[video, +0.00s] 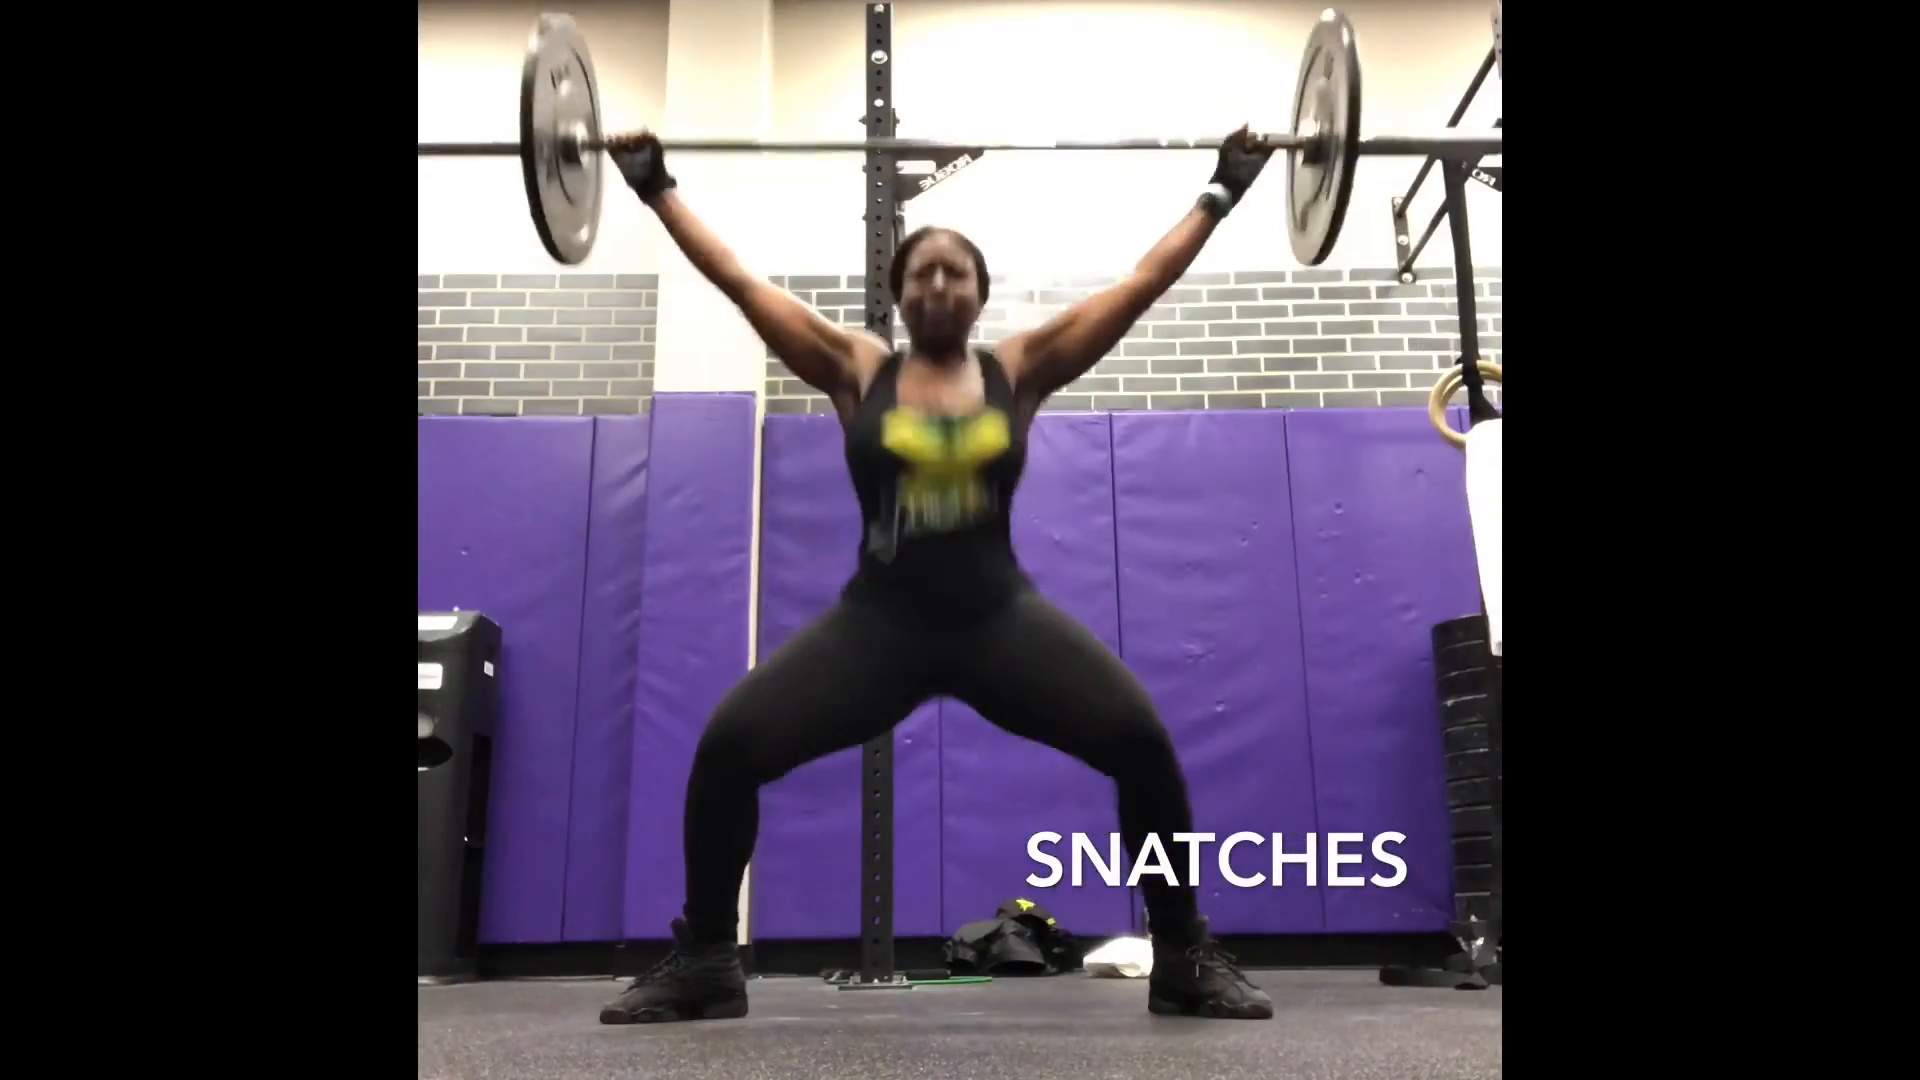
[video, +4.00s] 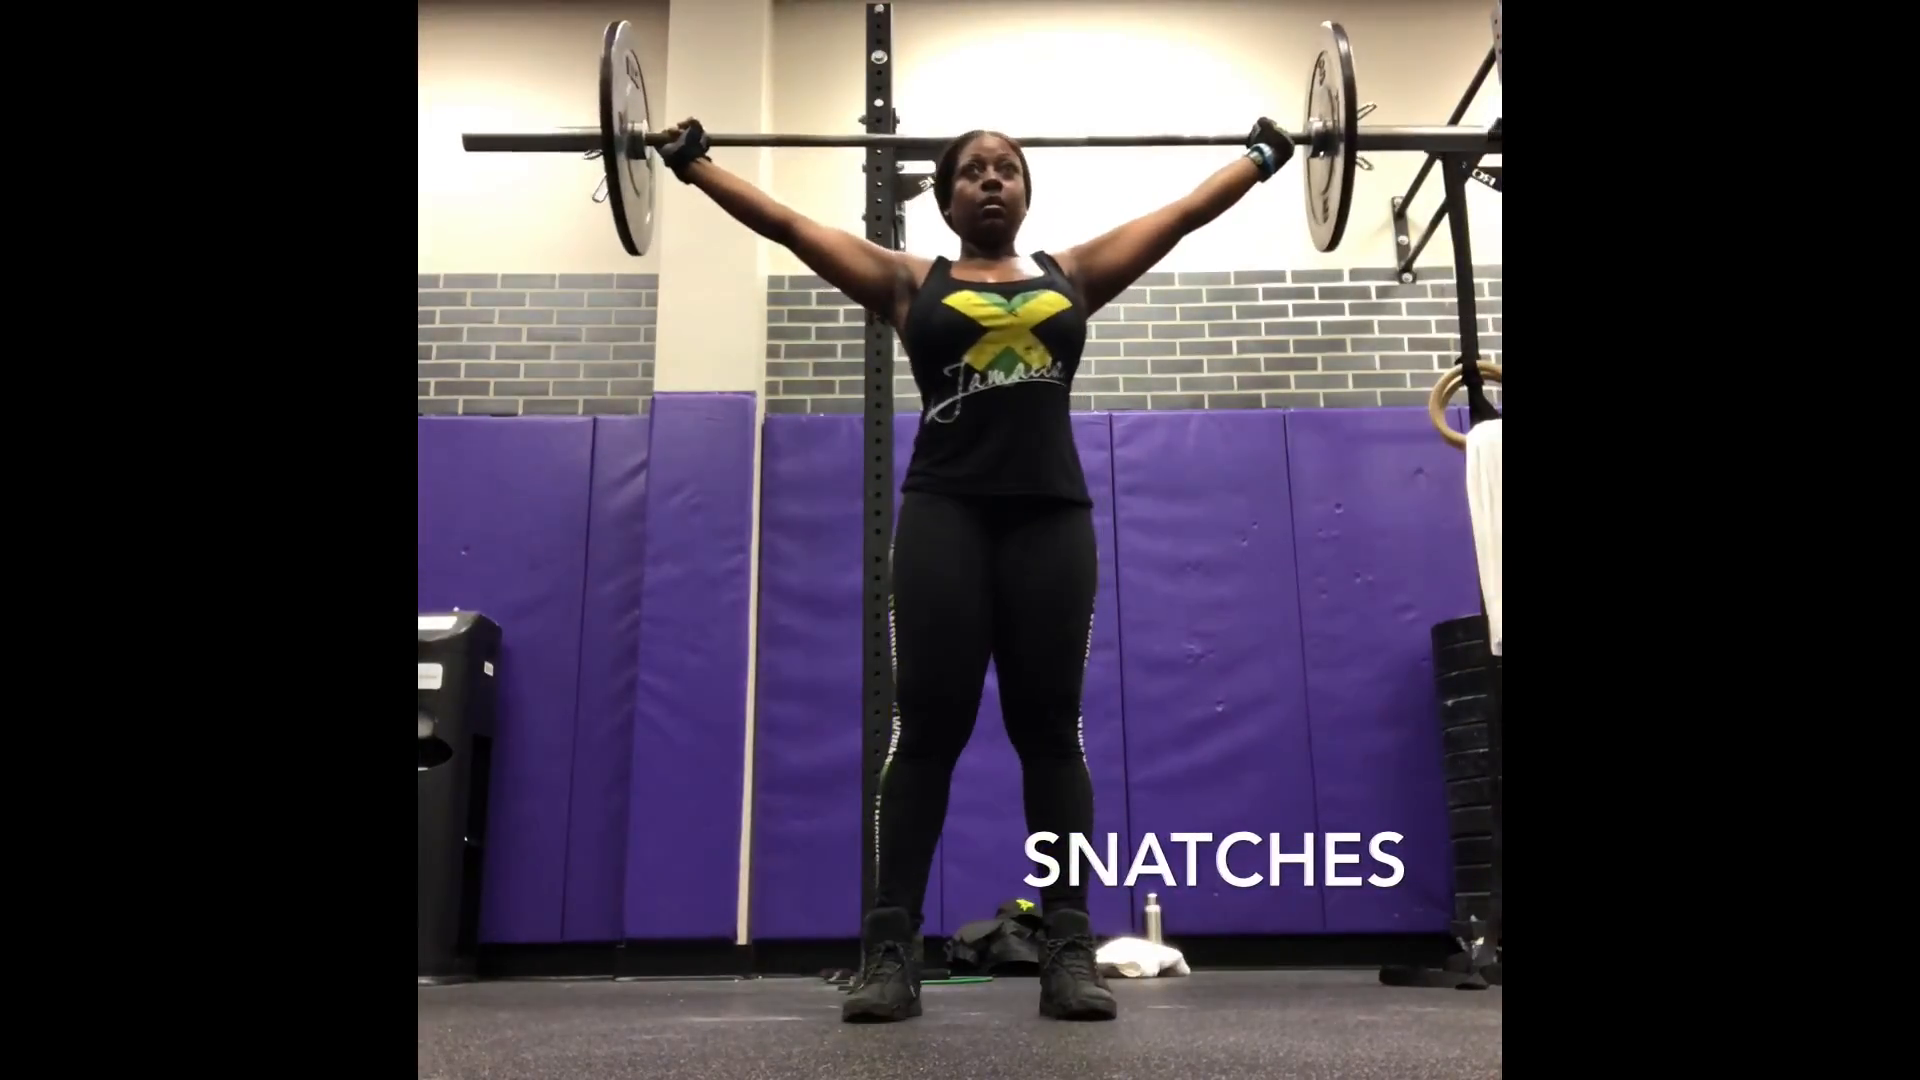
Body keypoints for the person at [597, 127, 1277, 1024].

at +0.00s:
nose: (942, 285)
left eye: (958, 275)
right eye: (925, 274)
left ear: (981, 298)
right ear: (899, 297)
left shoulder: (1017, 371)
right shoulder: (857, 369)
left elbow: (1137, 290)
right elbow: (742, 284)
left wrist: (1220, 194)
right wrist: (657, 189)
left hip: (998, 625)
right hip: (880, 627)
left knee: (1141, 741)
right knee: (731, 743)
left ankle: (1185, 967)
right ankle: (704, 966)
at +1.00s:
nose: (943, 394)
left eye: (960, 379)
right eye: (925, 380)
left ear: (986, 395)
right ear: (900, 398)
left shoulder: (1031, 474)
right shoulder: (857, 471)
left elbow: (1161, 409)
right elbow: (730, 402)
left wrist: (1254, 333)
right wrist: (645, 326)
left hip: (1007, 711)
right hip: (884, 714)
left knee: (1147, 753)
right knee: (731, 752)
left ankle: (1185, 961)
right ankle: (704, 961)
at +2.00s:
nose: (951, 333)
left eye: (970, 324)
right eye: (931, 326)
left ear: (996, 357)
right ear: (909, 361)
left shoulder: (1038, 437)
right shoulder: (869, 432)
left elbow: (1171, 381)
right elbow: (744, 377)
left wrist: (1263, 311)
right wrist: (654, 303)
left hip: (1010, 675)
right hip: (887, 677)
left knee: (1142, 747)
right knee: (738, 747)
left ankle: (1185, 965)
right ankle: (702, 964)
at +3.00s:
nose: (941, 187)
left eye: (958, 178)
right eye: (924, 179)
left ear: (980, 206)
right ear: (899, 206)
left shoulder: (1013, 288)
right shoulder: (856, 280)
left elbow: (1141, 234)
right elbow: (746, 213)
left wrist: (1229, 180)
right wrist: (662, 139)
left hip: (992, 525)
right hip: (884, 528)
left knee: (1060, 714)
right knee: (874, 733)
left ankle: (1148, 932)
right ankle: (861, 957)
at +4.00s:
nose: (992, 178)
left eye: (1007, 168)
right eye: (974, 170)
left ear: (1029, 194)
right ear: (945, 197)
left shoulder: (1068, 275)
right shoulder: (911, 279)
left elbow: (1181, 215)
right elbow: (790, 226)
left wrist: (1264, 155)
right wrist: (696, 166)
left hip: (1052, 520)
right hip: (944, 519)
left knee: (1050, 730)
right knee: (927, 731)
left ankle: (1068, 954)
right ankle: (890, 956)